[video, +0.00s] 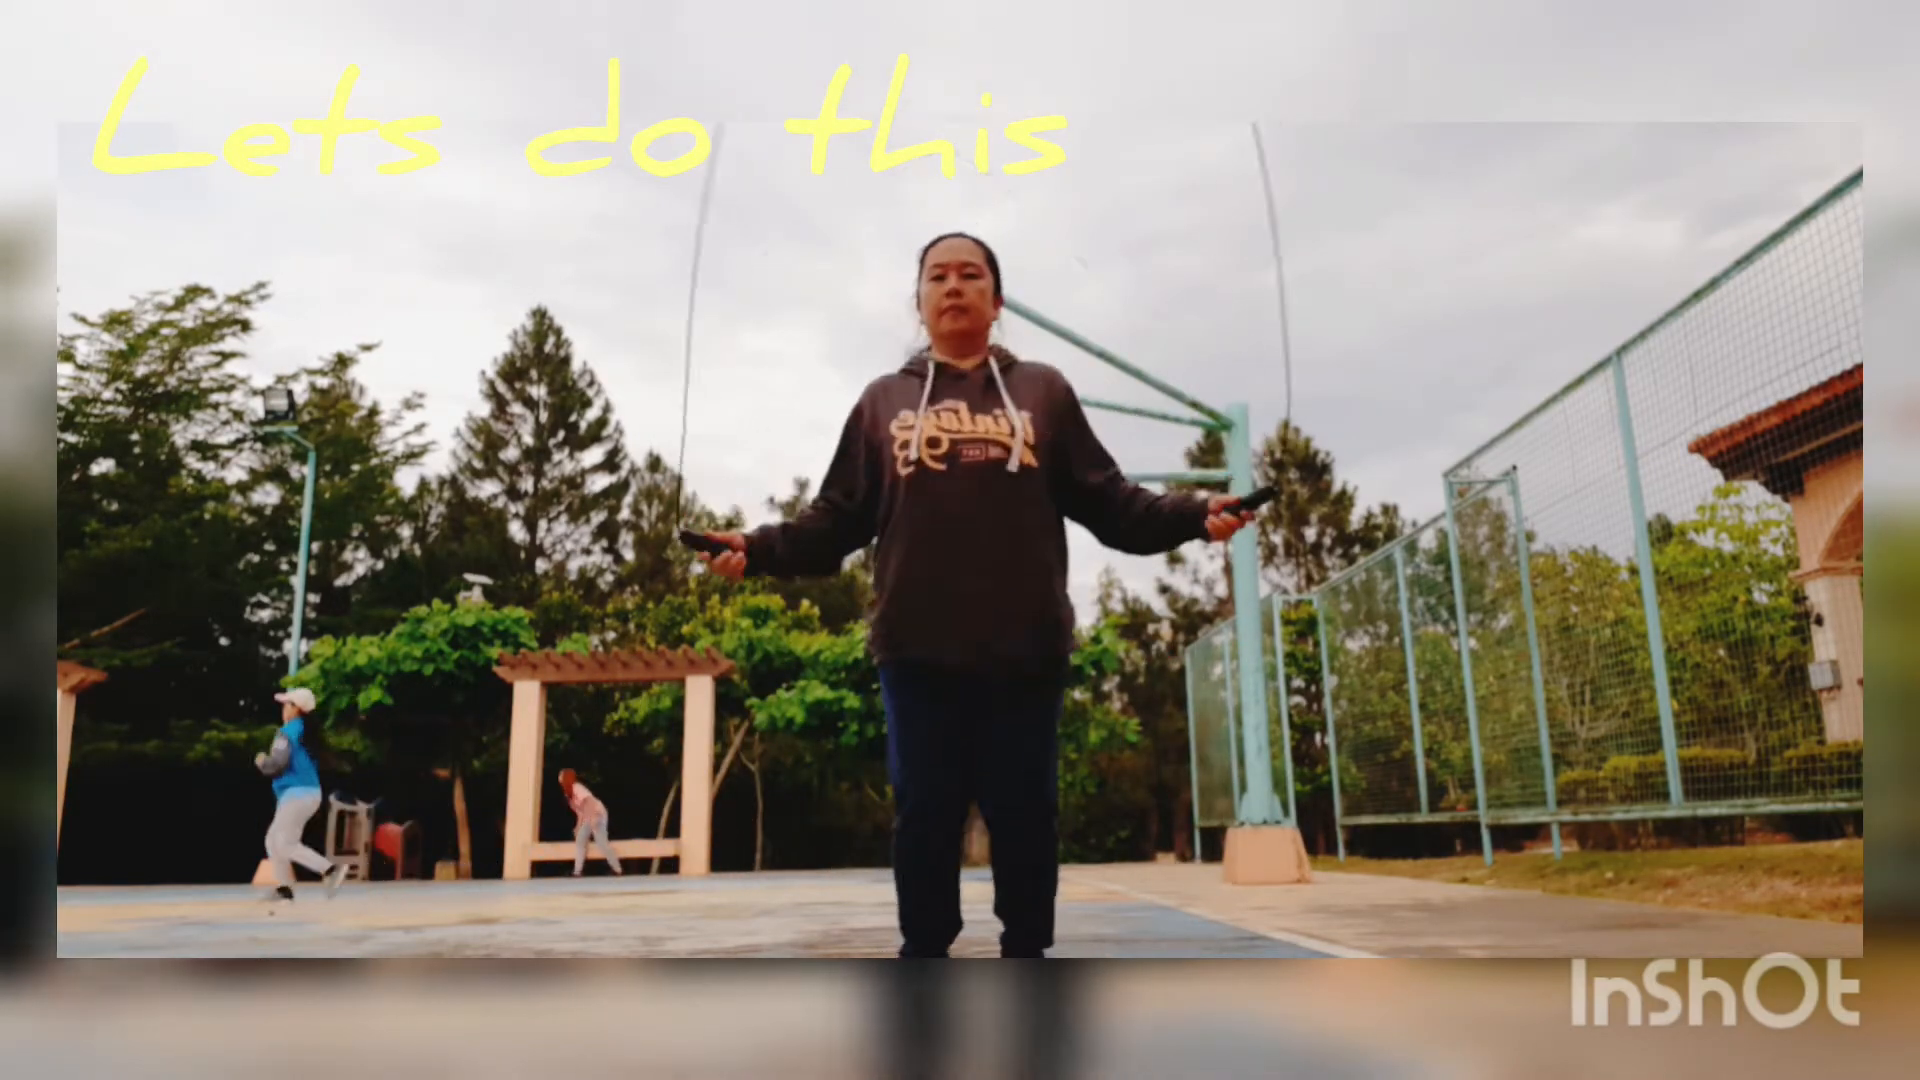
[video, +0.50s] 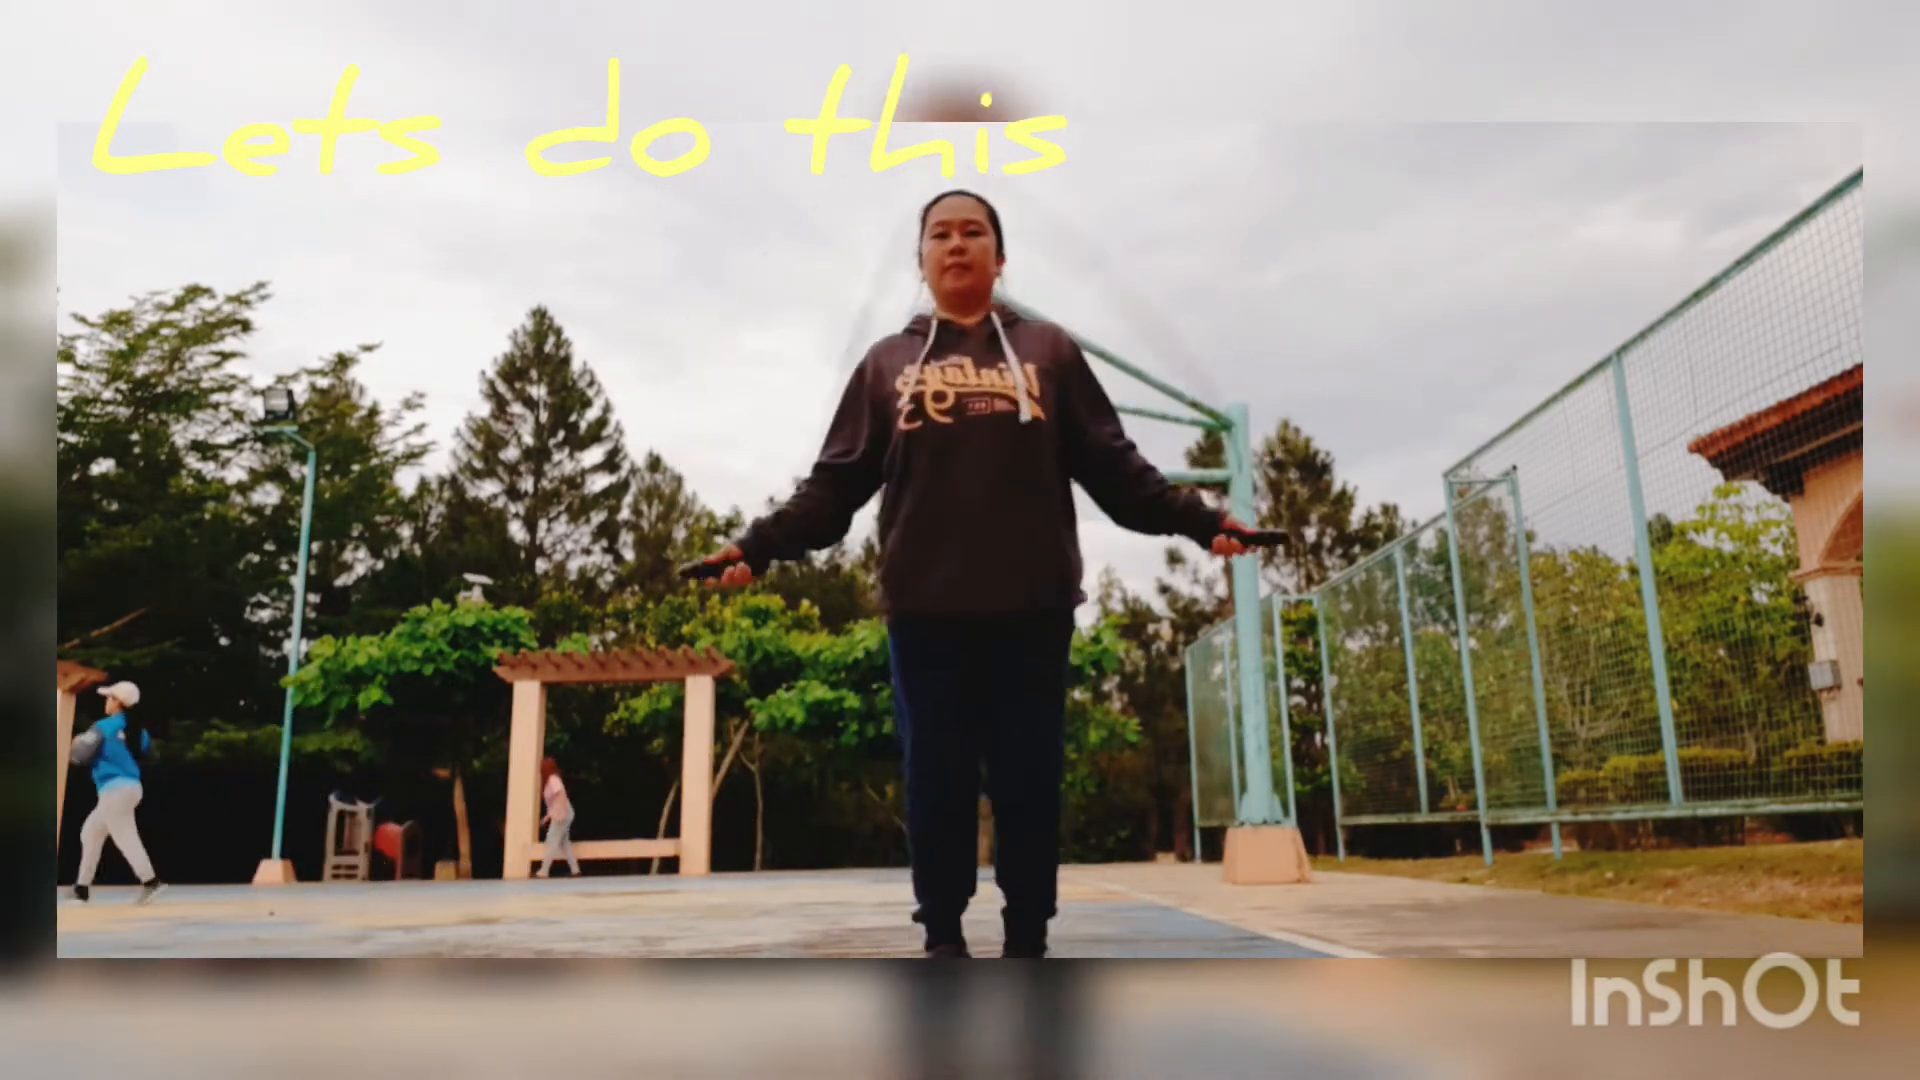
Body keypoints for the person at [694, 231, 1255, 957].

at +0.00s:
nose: (955, 285)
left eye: (971, 275)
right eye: (940, 276)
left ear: (997, 299)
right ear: (919, 299)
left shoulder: (1042, 391)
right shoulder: (883, 401)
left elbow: (1105, 501)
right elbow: (840, 519)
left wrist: (1194, 512)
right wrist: (756, 547)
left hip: (1024, 638)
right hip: (917, 640)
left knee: (1025, 811)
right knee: (925, 811)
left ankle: (1027, 957)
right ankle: (923, 958)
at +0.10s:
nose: (952, 211)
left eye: (967, 199)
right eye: (937, 201)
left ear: (995, 220)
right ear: (918, 224)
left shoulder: (1046, 317)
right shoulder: (884, 326)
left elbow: (1107, 431)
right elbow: (831, 445)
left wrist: (1180, 501)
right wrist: (763, 532)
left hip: (1025, 556)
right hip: (922, 557)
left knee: (1018, 731)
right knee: (933, 730)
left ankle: (1015, 917)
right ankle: (950, 914)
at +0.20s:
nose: (955, 217)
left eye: (970, 204)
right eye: (940, 206)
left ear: (997, 226)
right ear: (919, 230)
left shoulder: (1044, 323)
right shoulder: (884, 336)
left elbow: (1108, 446)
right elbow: (828, 464)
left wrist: (1196, 482)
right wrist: (745, 515)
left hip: (1027, 570)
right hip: (922, 572)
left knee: (1024, 750)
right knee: (933, 750)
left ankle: (1019, 929)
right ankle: (950, 924)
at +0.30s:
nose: (957, 257)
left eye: (973, 245)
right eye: (942, 247)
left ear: (1000, 270)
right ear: (921, 271)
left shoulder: (1048, 370)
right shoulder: (886, 377)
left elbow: (1110, 480)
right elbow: (836, 495)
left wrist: (1215, 479)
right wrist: (736, 518)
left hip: (1031, 611)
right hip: (924, 613)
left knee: (1026, 788)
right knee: (935, 791)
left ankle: (1030, 949)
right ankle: (935, 953)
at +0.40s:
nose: (958, 293)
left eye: (974, 282)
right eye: (943, 283)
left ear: (1000, 308)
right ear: (922, 309)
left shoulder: (1046, 400)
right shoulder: (889, 410)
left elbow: (1113, 513)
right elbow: (844, 525)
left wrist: (1208, 510)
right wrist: (757, 542)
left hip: (1032, 653)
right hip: (927, 657)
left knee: (1030, 831)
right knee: (934, 832)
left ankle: (1027, 971)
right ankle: (938, 974)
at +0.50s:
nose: (958, 245)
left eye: (972, 233)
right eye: (943, 235)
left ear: (999, 255)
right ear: (922, 258)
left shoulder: (1050, 353)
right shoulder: (887, 364)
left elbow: (1114, 469)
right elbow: (834, 487)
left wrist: (1201, 518)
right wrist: (755, 547)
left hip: (1033, 603)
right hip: (927, 606)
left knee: (1029, 776)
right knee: (936, 778)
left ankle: (1027, 941)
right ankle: (942, 942)